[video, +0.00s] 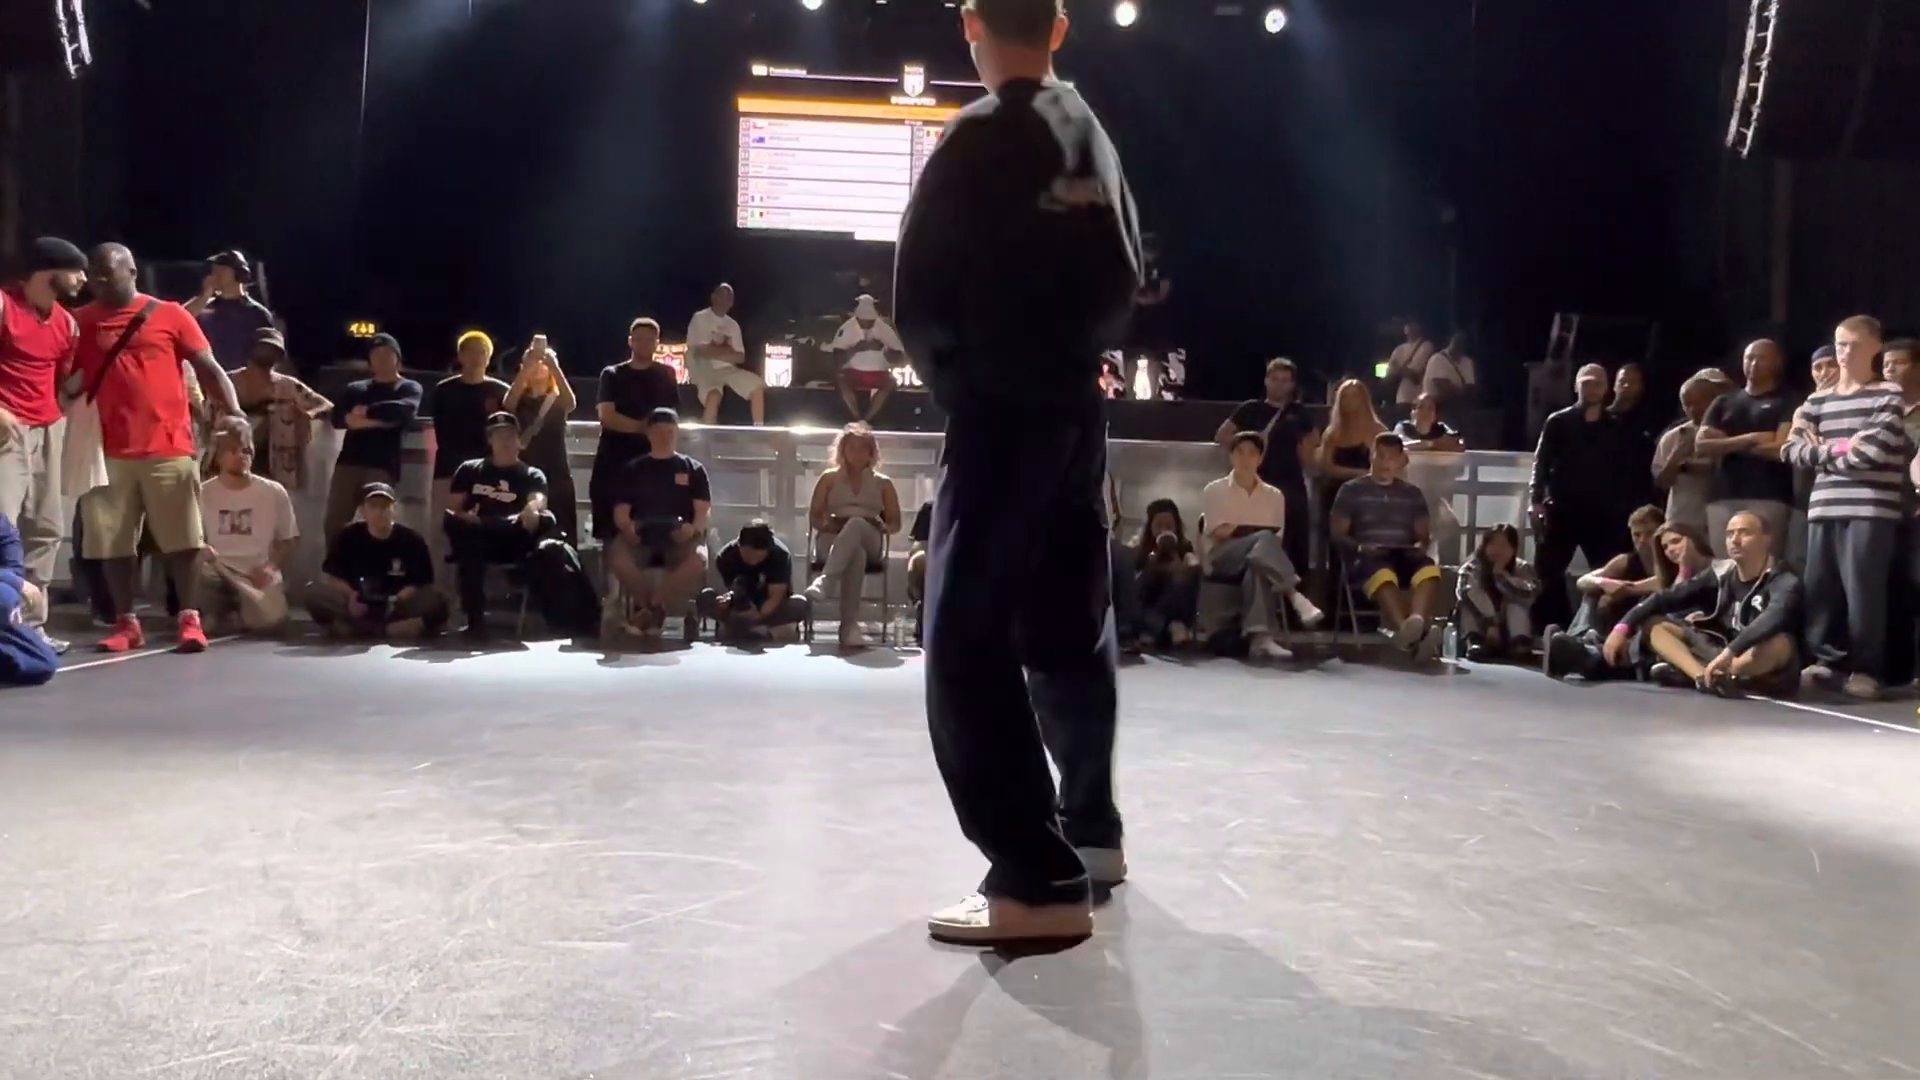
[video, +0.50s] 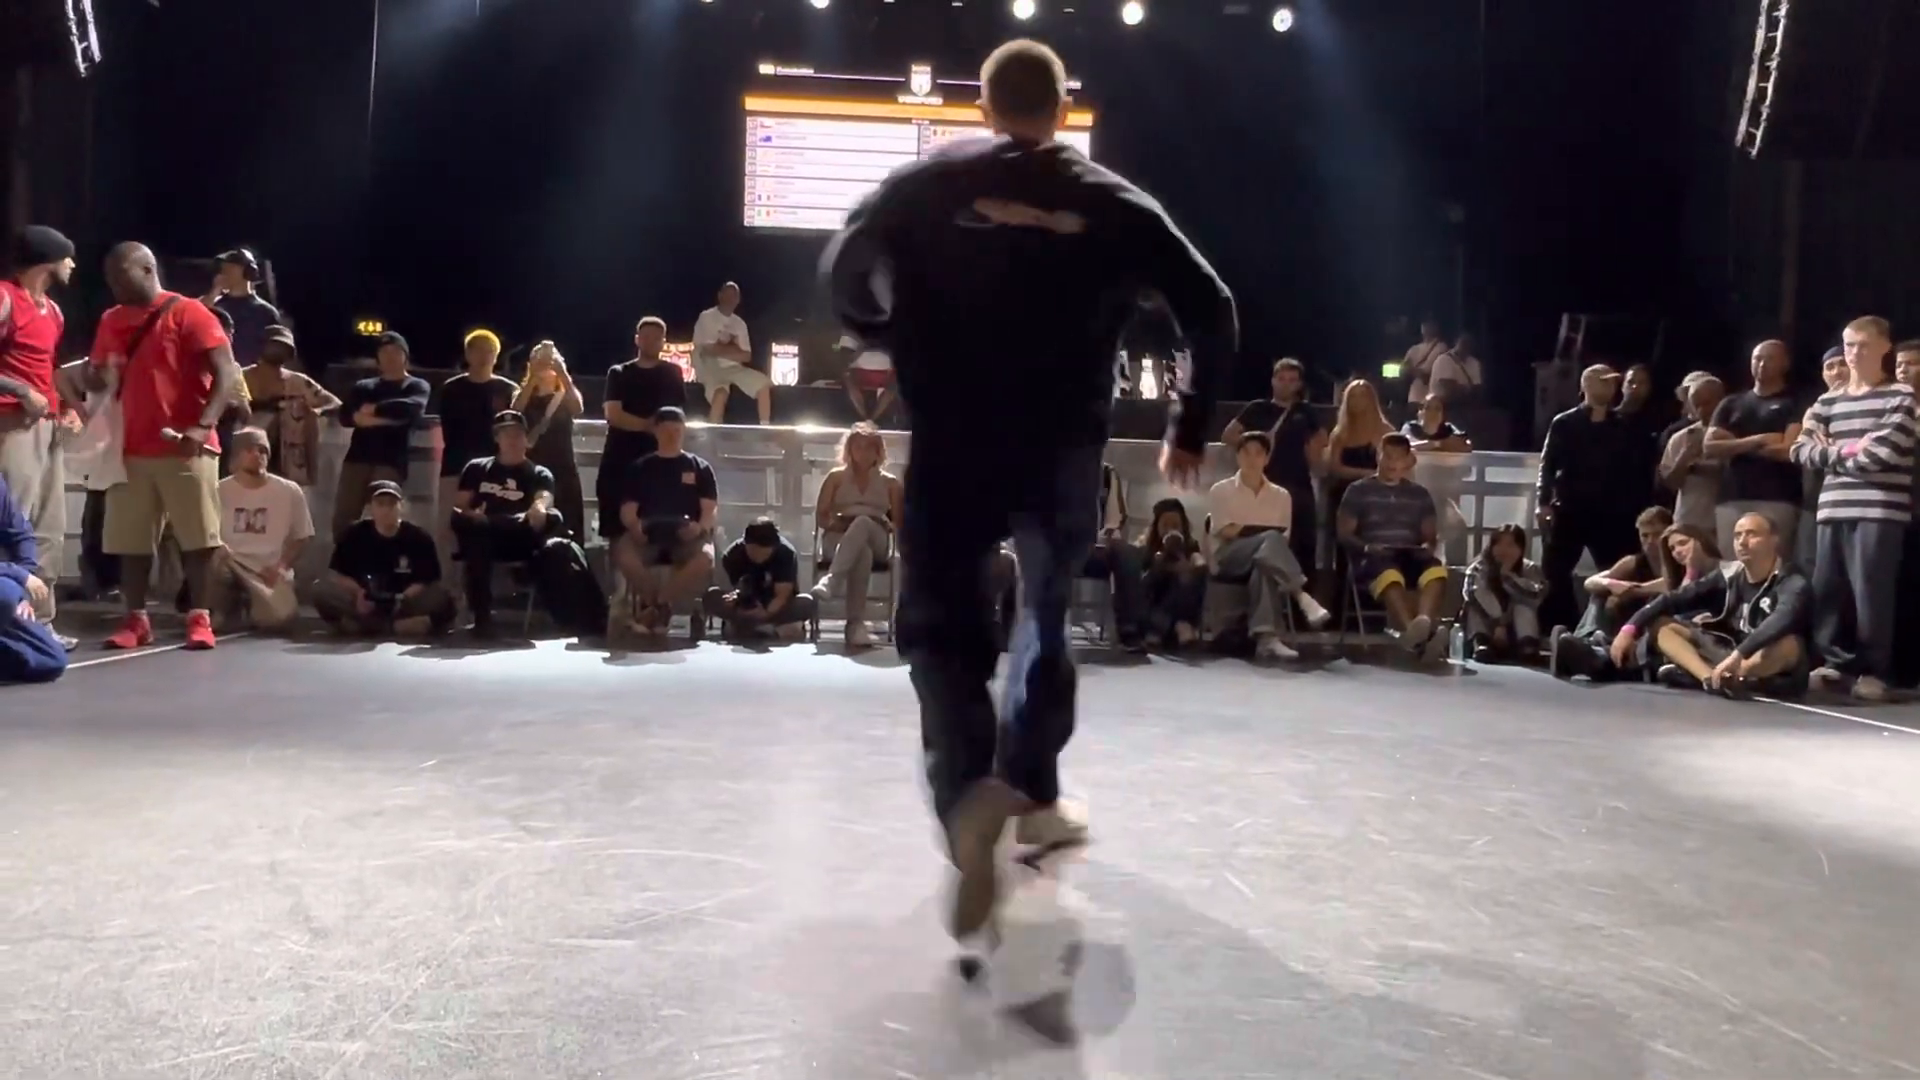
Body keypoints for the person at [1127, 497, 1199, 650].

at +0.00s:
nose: (1164, 531)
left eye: (1169, 526)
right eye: (1159, 526)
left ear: (1177, 526)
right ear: (1150, 527)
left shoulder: (1184, 547)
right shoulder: (1141, 551)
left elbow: (1194, 566)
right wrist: (1154, 559)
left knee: (1183, 577)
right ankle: (1176, 623)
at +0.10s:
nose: (1165, 530)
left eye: (1170, 525)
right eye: (1159, 524)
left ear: (1178, 525)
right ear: (1150, 526)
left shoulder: (1185, 545)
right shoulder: (1140, 549)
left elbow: (1195, 564)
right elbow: (1136, 583)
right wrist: (1155, 557)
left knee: (1184, 575)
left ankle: (1150, 630)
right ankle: (1176, 622)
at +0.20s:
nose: (1166, 530)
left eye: (1172, 525)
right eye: (1161, 525)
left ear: (1180, 525)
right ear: (1152, 526)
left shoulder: (1187, 545)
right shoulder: (1143, 550)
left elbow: (1197, 566)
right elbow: (1138, 583)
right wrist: (1155, 561)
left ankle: (1152, 631)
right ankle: (1177, 622)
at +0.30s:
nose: (1168, 530)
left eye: (1173, 525)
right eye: (1163, 525)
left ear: (1181, 525)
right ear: (1154, 526)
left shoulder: (1188, 545)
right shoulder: (1144, 548)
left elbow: (1199, 565)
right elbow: (1139, 582)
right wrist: (1157, 561)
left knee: (1188, 575)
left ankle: (1154, 630)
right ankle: (1179, 622)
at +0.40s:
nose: (1169, 530)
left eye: (1174, 525)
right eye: (1164, 525)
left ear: (1182, 525)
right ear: (1155, 526)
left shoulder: (1189, 545)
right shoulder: (1144, 548)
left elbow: (1200, 565)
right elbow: (1139, 583)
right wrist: (1157, 562)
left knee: (1190, 575)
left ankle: (1154, 630)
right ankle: (1180, 623)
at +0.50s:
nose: (1170, 531)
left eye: (1175, 526)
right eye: (1165, 525)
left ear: (1184, 526)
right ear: (1156, 526)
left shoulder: (1191, 547)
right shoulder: (1145, 550)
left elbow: (1201, 567)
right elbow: (1142, 583)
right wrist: (1160, 562)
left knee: (1192, 576)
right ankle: (1182, 623)